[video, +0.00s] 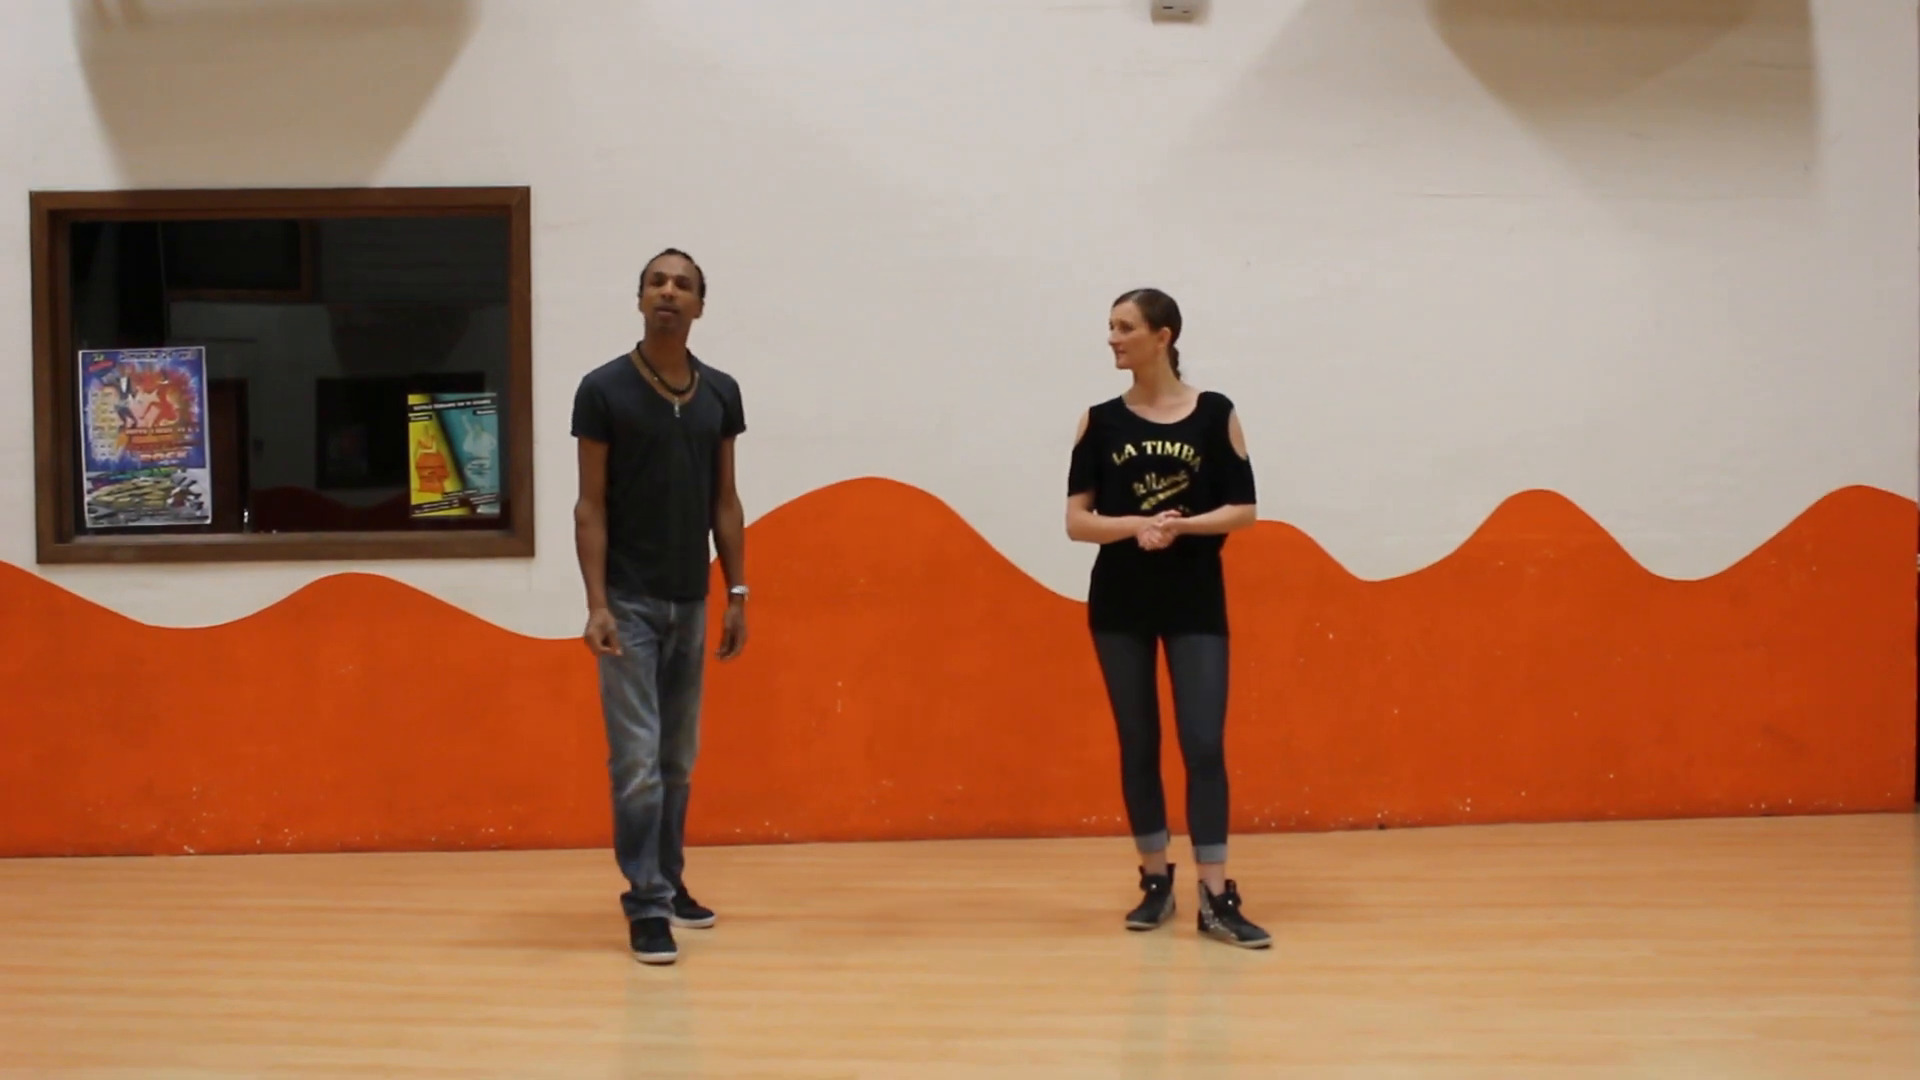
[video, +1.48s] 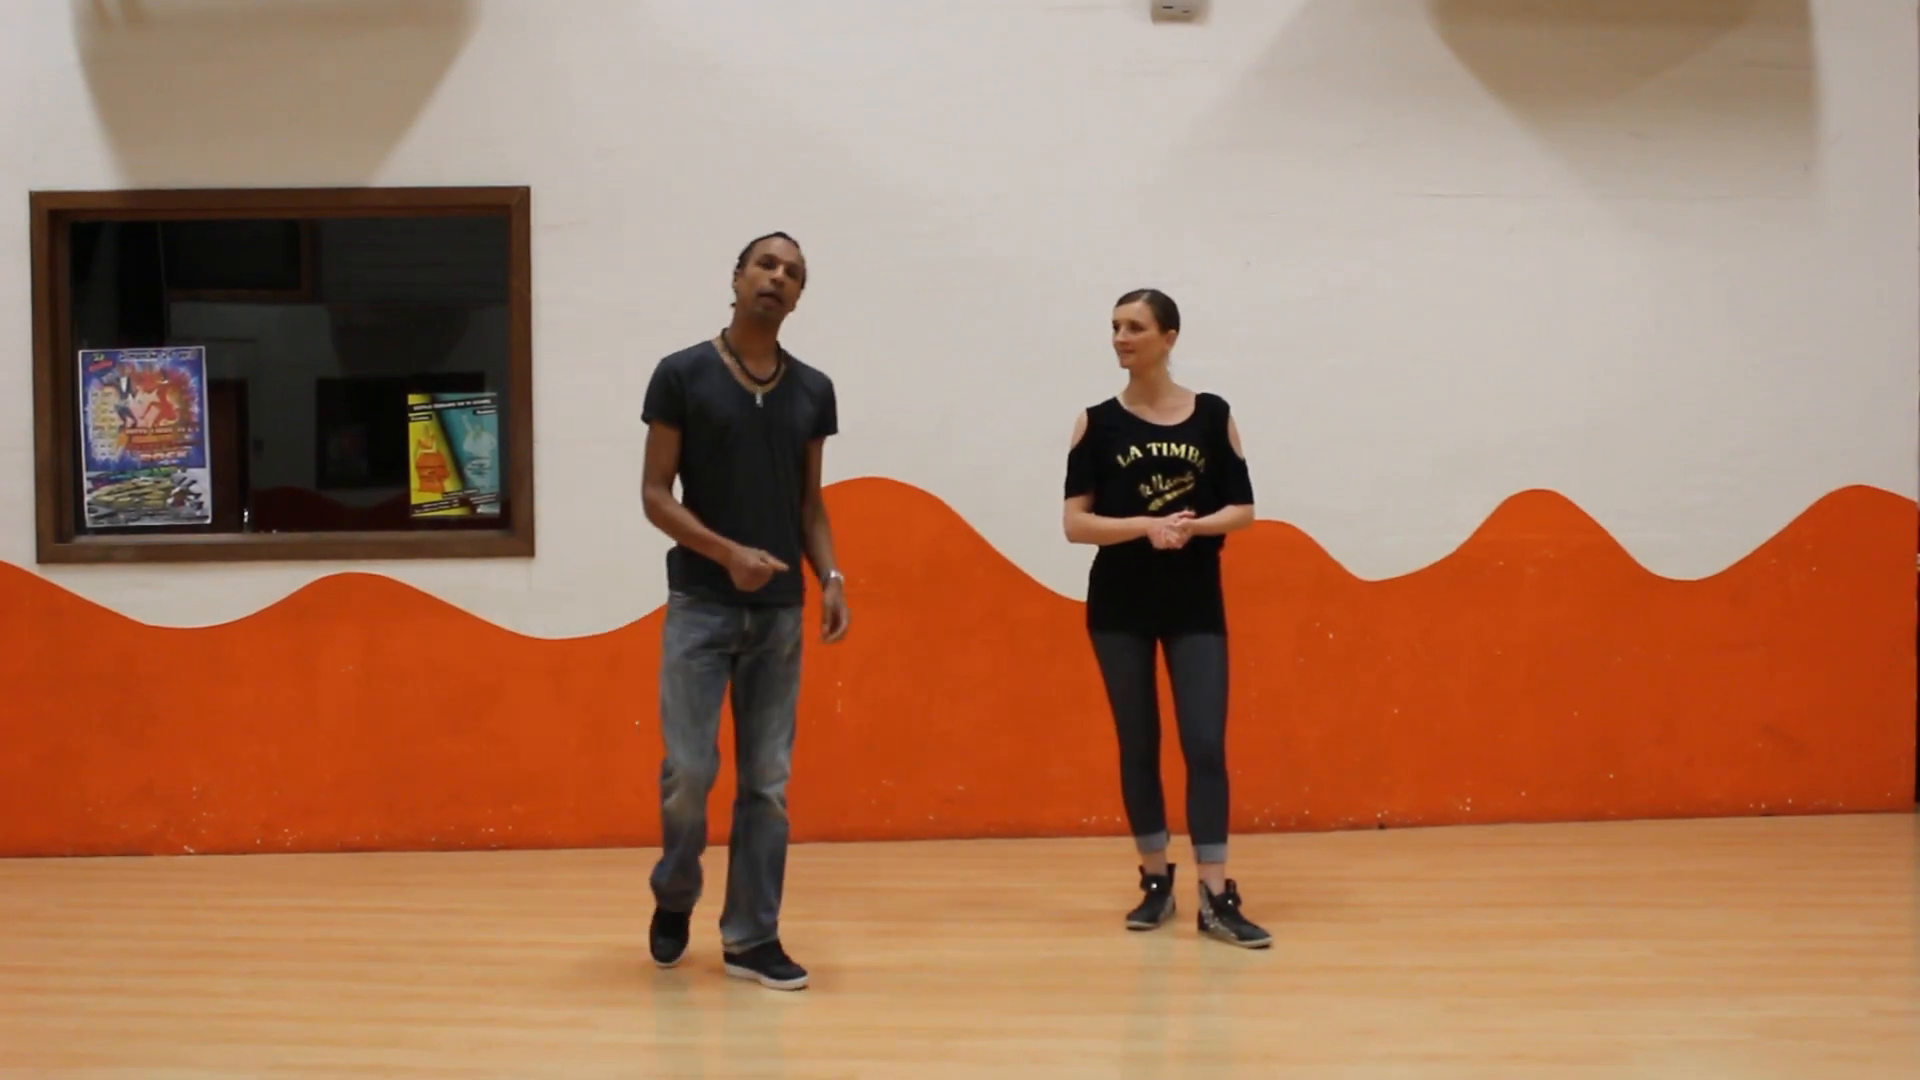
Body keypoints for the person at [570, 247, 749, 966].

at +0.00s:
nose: (668, 292)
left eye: (682, 284)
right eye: (657, 282)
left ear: (701, 305)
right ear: (638, 299)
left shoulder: (719, 392)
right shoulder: (604, 389)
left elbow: (725, 501)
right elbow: (590, 506)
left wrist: (738, 596)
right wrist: (597, 603)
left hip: (688, 598)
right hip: (626, 600)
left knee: (677, 756)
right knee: (639, 757)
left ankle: (666, 883)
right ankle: (645, 903)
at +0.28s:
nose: (661, 288)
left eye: (674, 279)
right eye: (648, 277)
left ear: (689, 299)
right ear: (625, 293)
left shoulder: (707, 386)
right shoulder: (593, 389)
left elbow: (713, 493)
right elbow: (587, 506)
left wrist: (736, 577)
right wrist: (607, 600)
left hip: (693, 601)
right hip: (626, 603)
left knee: (705, 751)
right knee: (638, 759)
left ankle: (672, 872)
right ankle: (645, 902)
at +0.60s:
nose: (670, 291)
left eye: (683, 282)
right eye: (657, 279)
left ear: (696, 300)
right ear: (631, 292)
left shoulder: (710, 388)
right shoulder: (595, 388)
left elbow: (721, 498)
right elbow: (581, 503)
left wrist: (750, 590)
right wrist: (609, 568)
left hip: (700, 602)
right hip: (628, 606)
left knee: (726, 755)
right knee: (638, 766)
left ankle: (722, 911)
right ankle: (648, 913)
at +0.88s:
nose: (698, 295)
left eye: (712, 287)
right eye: (686, 281)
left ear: (724, 305)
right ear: (660, 292)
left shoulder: (735, 393)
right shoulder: (617, 390)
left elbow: (735, 503)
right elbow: (597, 507)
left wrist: (749, 601)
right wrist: (634, 568)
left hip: (717, 608)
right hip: (640, 609)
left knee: (733, 768)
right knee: (643, 774)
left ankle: (750, 932)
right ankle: (648, 917)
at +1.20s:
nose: (753, 279)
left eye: (767, 274)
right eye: (741, 265)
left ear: (774, 300)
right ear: (712, 280)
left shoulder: (781, 391)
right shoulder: (658, 377)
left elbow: (777, 506)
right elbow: (627, 500)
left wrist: (792, 604)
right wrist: (706, 567)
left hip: (756, 605)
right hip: (678, 604)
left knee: (755, 777)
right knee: (673, 778)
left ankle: (751, 937)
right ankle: (651, 905)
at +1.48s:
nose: (776, 279)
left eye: (790, 274)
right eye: (765, 264)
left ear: (799, 299)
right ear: (735, 277)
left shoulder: (811, 390)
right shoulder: (682, 376)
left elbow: (810, 501)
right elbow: (655, 498)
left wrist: (831, 575)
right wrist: (726, 551)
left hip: (778, 606)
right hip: (699, 604)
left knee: (767, 779)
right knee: (689, 771)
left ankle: (753, 938)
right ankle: (675, 897)